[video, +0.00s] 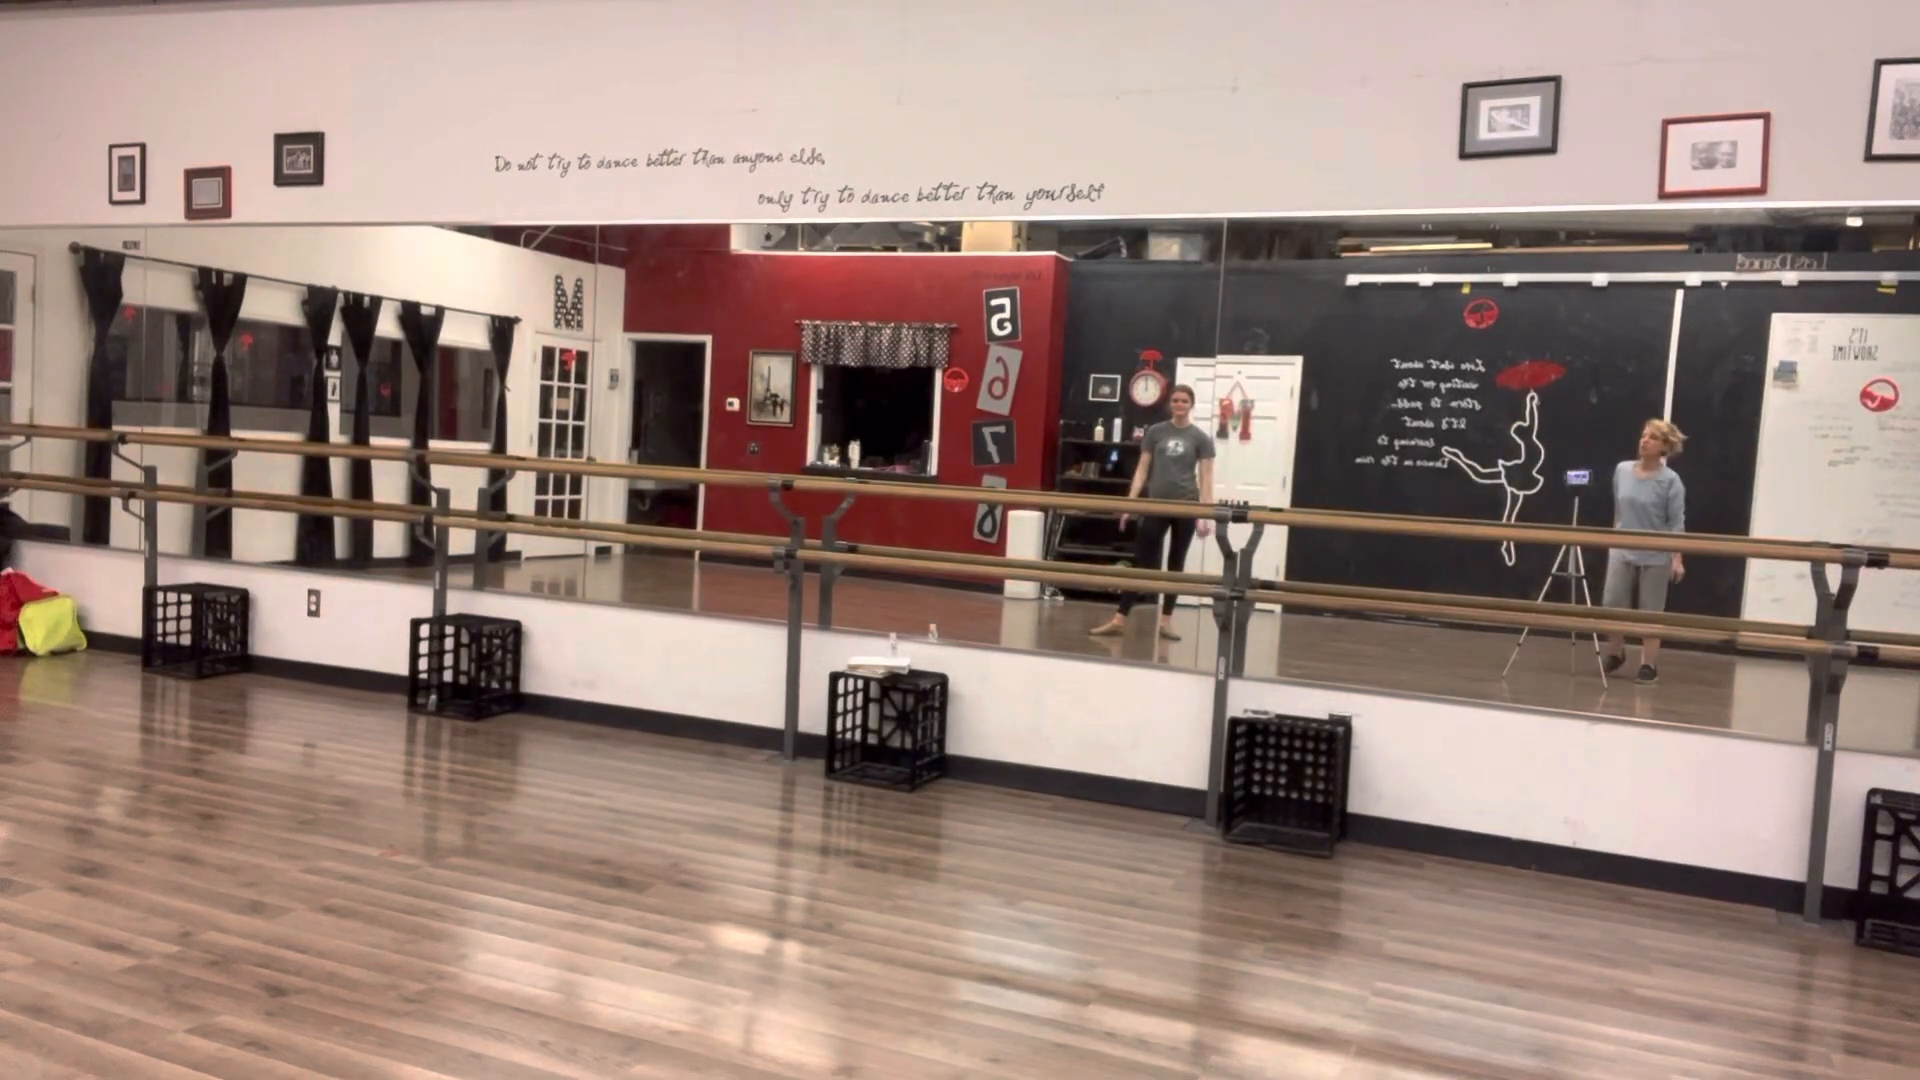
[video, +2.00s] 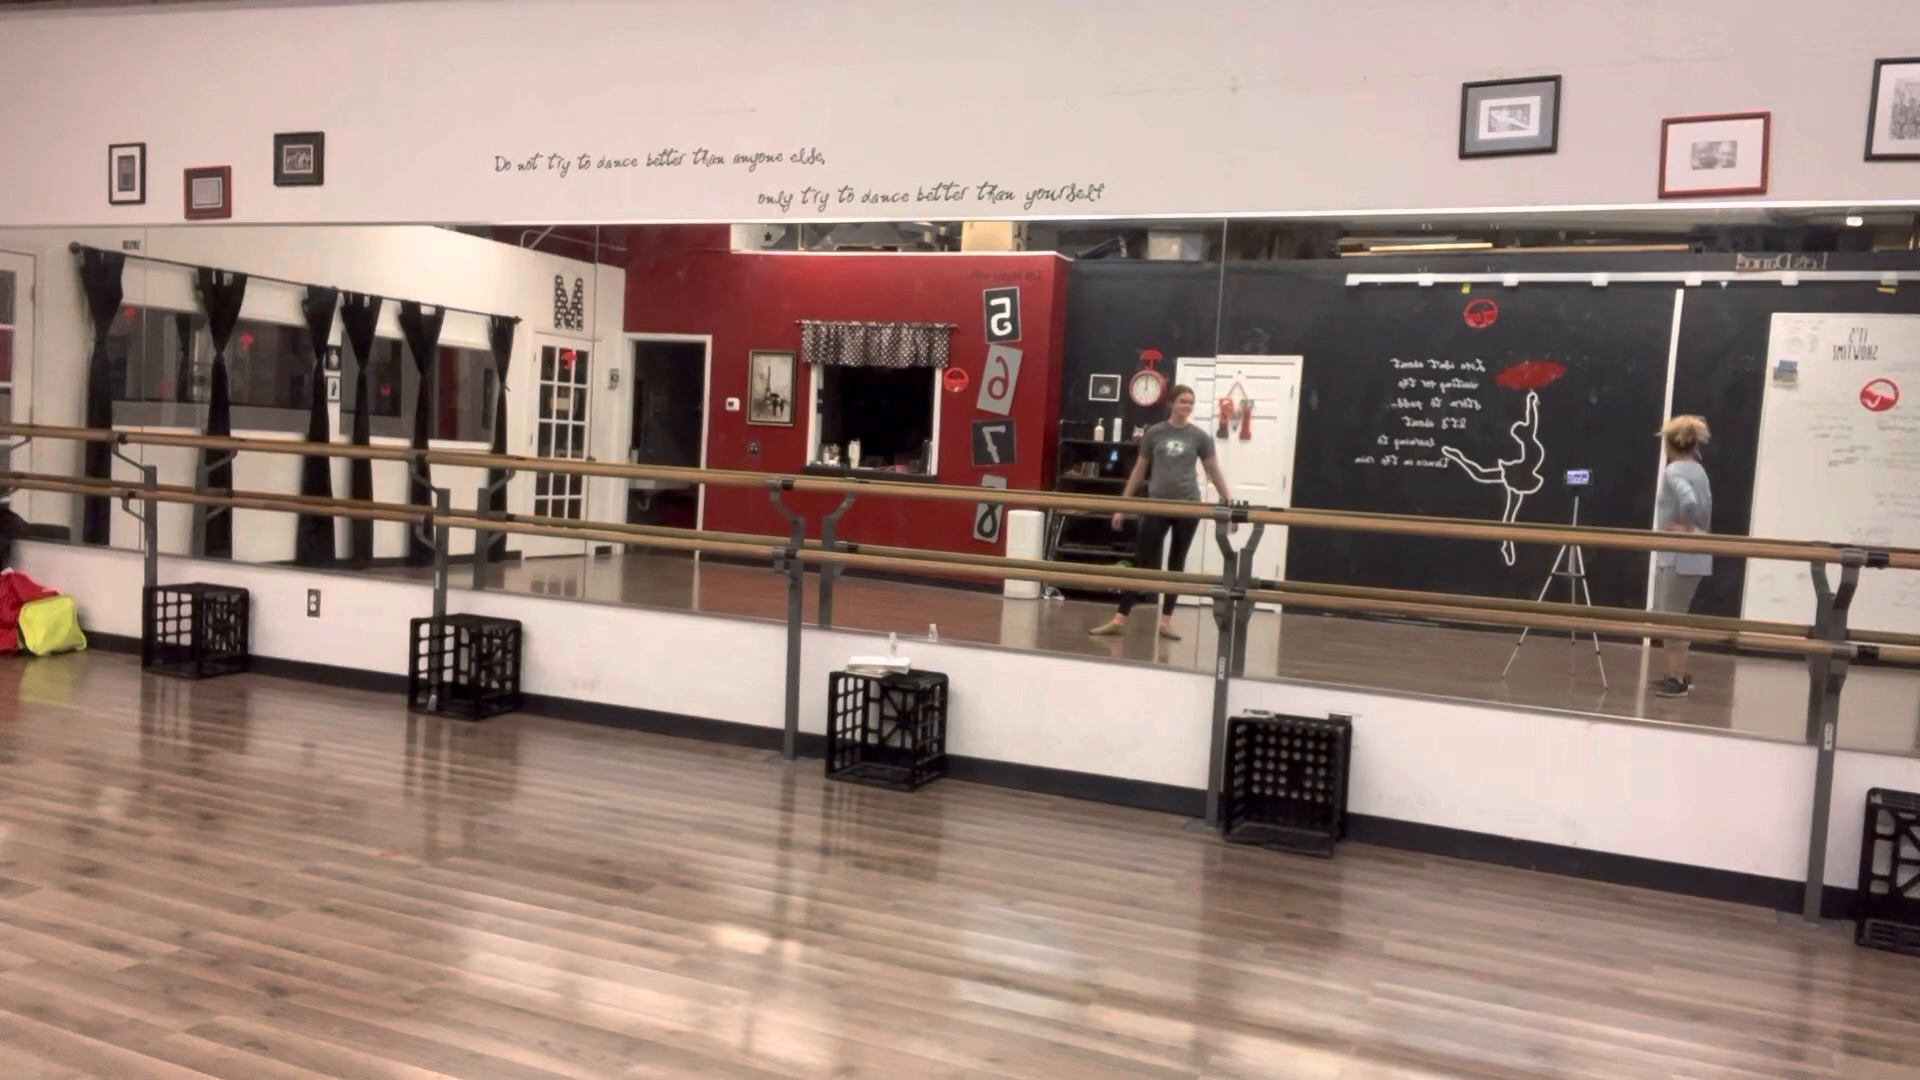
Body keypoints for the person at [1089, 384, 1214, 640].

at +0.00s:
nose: (1179, 405)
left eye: (1184, 401)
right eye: (1176, 401)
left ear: (1191, 405)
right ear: (1170, 404)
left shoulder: (1202, 439)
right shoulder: (1154, 432)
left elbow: (1206, 480)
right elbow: (1141, 470)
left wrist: (1206, 515)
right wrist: (1129, 505)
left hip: (1185, 510)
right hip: (1154, 507)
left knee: (1175, 565)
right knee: (1141, 560)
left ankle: (1165, 620)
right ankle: (1120, 617)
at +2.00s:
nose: (1186, 406)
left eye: (1190, 403)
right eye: (1183, 402)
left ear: (1193, 407)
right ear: (1171, 404)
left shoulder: (1200, 437)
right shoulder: (1153, 433)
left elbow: (1214, 473)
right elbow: (1139, 471)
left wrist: (1229, 504)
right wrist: (1122, 506)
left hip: (1188, 509)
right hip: (1156, 507)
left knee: (1176, 563)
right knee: (1142, 560)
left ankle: (1166, 620)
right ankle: (1120, 618)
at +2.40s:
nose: (1191, 408)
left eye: (1194, 404)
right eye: (1187, 403)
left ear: (1195, 407)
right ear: (1174, 404)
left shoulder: (1201, 438)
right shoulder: (1154, 433)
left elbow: (1207, 475)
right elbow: (1144, 471)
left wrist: (1211, 508)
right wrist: (1142, 506)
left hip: (1188, 509)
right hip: (1156, 506)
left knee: (1176, 564)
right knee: (1142, 560)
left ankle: (1166, 620)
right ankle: (1120, 617)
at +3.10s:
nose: (1191, 407)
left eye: (1194, 403)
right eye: (1187, 402)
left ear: (1194, 407)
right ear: (1173, 403)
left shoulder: (1199, 436)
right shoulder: (1153, 433)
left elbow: (1212, 473)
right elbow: (1137, 468)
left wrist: (1222, 505)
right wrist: (1117, 502)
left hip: (1186, 509)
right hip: (1155, 507)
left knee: (1175, 564)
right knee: (1141, 560)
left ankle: (1165, 620)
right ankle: (1120, 618)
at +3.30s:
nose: (1191, 407)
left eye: (1193, 403)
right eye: (1187, 402)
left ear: (1194, 406)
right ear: (1174, 403)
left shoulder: (1199, 436)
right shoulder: (1153, 432)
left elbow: (1215, 470)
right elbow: (1137, 467)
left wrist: (1227, 502)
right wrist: (1118, 501)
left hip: (1187, 509)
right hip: (1155, 506)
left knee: (1175, 563)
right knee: (1141, 559)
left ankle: (1165, 620)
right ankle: (1120, 618)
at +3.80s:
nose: (1183, 405)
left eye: (1187, 401)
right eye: (1179, 400)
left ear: (1192, 405)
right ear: (1171, 403)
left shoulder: (1201, 437)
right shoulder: (1154, 432)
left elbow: (1202, 475)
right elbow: (1148, 471)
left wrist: (1180, 500)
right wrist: (1164, 501)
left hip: (1186, 504)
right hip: (1157, 502)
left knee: (1176, 561)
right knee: (1142, 557)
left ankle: (1166, 619)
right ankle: (1120, 617)